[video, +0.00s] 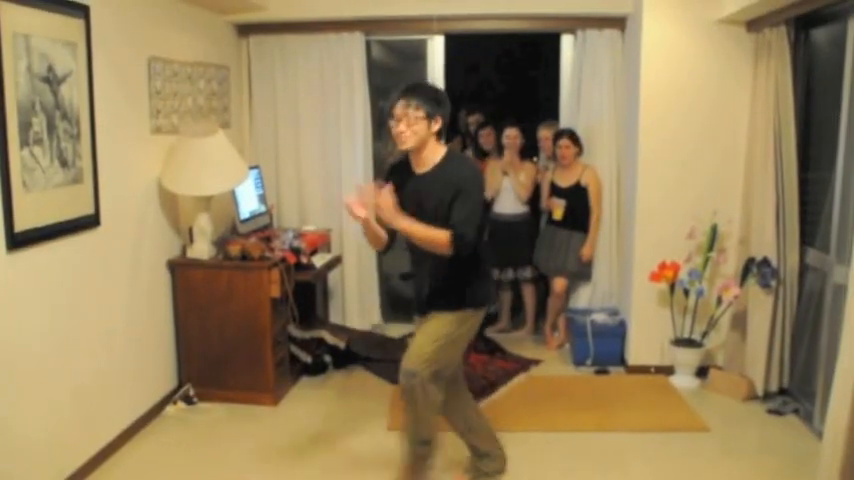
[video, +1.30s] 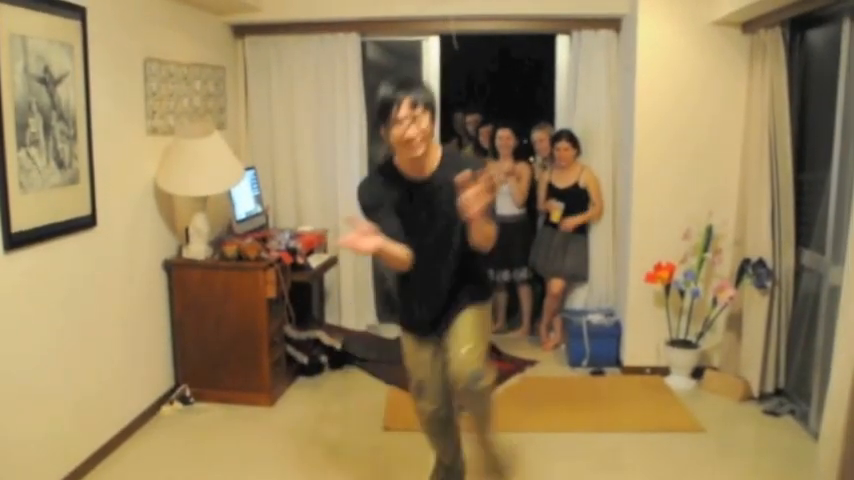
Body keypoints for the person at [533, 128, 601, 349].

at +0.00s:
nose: (563, 152)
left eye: (568, 147)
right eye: (559, 147)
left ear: (577, 149)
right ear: (554, 151)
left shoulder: (588, 174)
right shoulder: (550, 175)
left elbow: (595, 210)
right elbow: (543, 203)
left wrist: (590, 242)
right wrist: (550, 204)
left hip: (576, 234)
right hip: (553, 231)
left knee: (560, 285)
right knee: (557, 288)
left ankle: (549, 326)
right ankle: (563, 331)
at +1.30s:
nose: (561, 154)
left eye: (566, 149)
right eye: (558, 149)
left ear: (576, 151)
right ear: (552, 152)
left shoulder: (586, 175)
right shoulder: (547, 176)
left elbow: (597, 208)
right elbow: (540, 204)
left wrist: (576, 220)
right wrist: (548, 206)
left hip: (573, 233)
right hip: (550, 231)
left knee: (557, 287)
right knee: (552, 287)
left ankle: (544, 326)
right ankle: (557, 330)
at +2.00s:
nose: (567, 185)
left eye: (570, 180)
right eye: (563, 181)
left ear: (576, 175)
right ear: (553, 176)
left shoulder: (583, 187)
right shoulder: (541, 182)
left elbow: (587, 219)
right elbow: (529, 211)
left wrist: (575, 242)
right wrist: (544, 228)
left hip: (568, 234)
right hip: (542, 231)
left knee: (550, 283)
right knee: (543, 284)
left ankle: (549, 333)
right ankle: (551, 329)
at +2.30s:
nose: (565, 213)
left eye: (569, 210)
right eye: (562, 209)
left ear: (576, 204)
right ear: (555, 198)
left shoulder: (580, 208)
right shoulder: (542, 194)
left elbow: (582, 238)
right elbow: (526, 220)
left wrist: (583, 273)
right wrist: (540, 244)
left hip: (565, 240)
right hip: (538, 237)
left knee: (548, 284)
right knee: (540, 286)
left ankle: (551, 333)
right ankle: (550, 328)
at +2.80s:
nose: (568, 211)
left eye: (570, 207)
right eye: (564, 207)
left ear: (574, 202)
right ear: (553, 201)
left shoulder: (578, 208)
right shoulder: (538, 199)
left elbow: (581, 238)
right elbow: (528, 227)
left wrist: (582, 269)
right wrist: (539, 246)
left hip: (564, 240)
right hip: (540, 239)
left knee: (548, 282)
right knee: (540, 283)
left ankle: (550, 330)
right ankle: (550, 327)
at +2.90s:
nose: (563, 194)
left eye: (567, 188)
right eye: (559, 188)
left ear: (573, 186)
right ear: (550, 187)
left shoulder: (579, 197)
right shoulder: (539, 194)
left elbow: (582, 222)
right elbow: (532, 223)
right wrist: (538, 236)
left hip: (563, 235)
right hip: (541, 233)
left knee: (548, 279)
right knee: (539, 281)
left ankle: (550, 329)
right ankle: (550, 325)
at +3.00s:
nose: (559, 180)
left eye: (563, 175)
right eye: (554, 175)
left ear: (571, 175)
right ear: (547, 176)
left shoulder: (578, 190)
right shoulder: (538, 189)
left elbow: (580, 223)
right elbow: (536, 221)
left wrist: (561, 227)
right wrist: (549, 224)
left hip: (564, 235)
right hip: (539, 235)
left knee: (548, 279)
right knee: (539, 281)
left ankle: (550, 329)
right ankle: (550, 325)